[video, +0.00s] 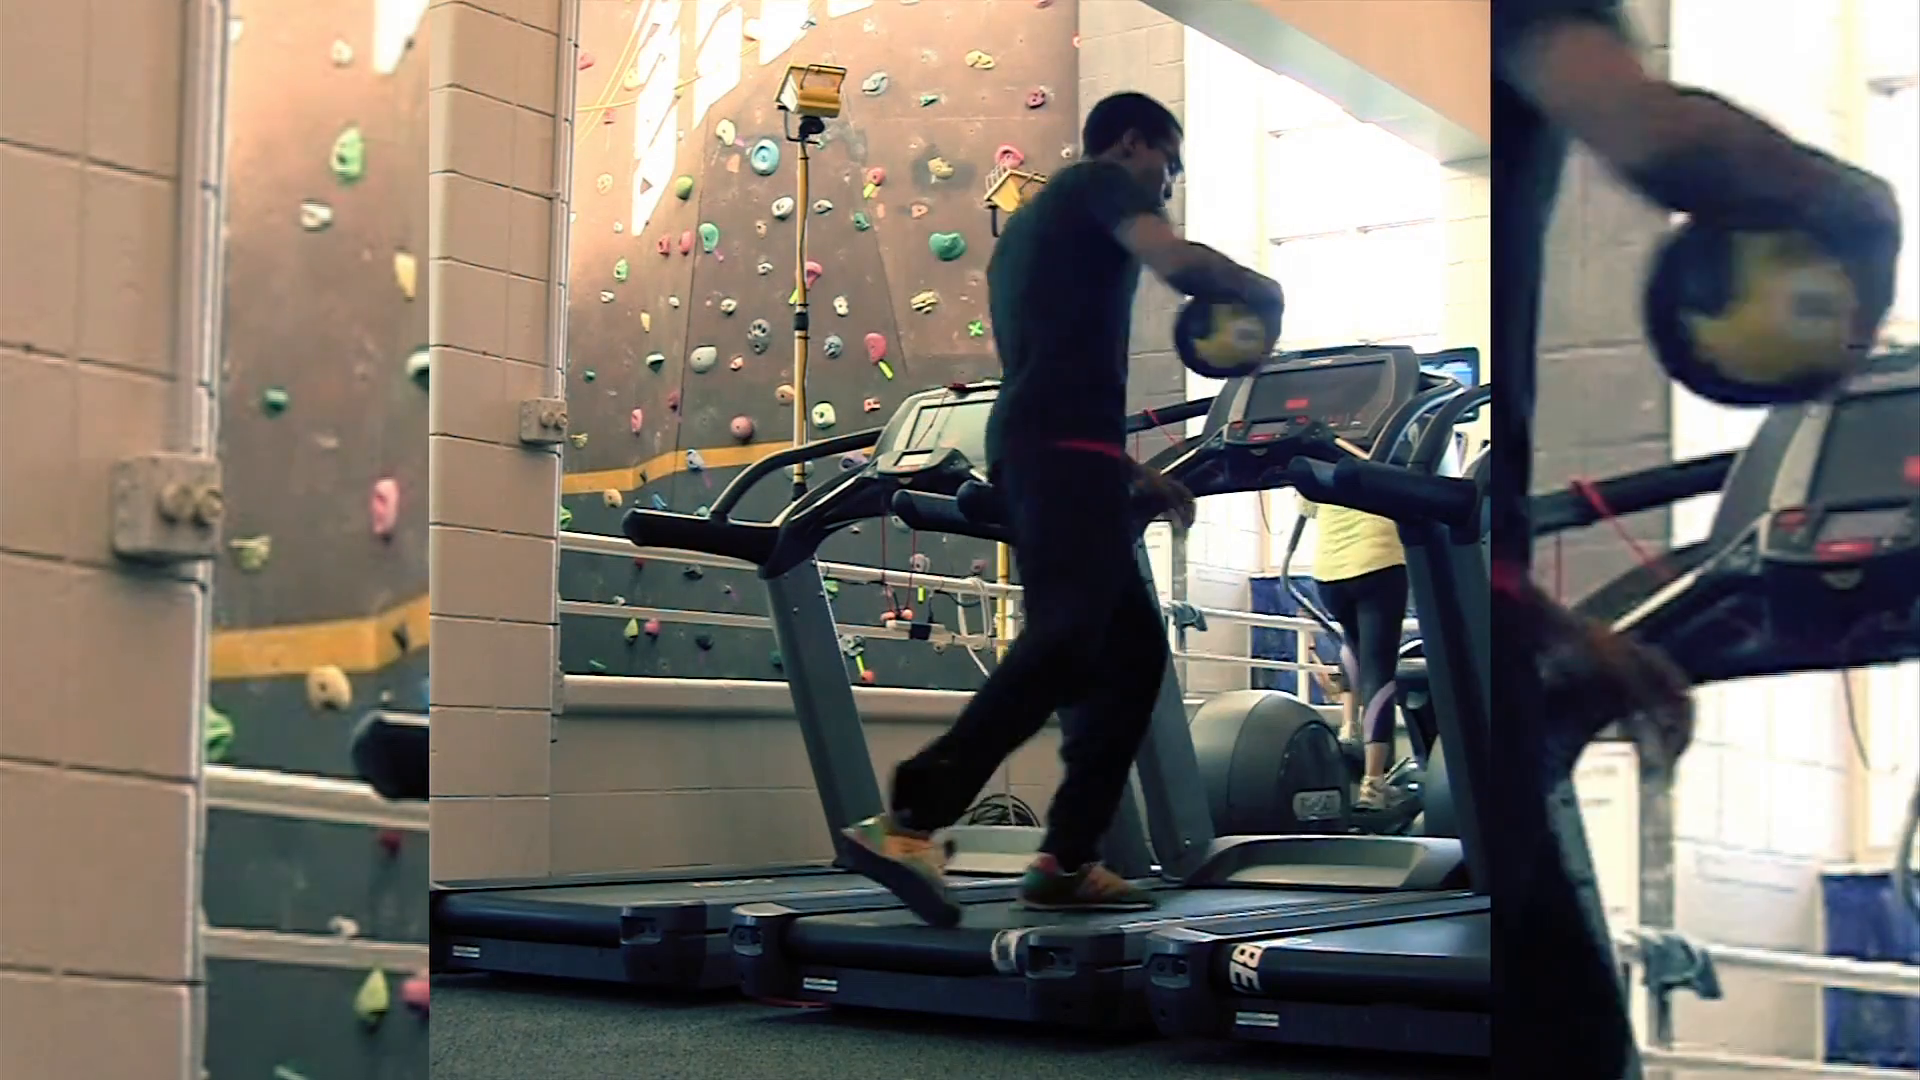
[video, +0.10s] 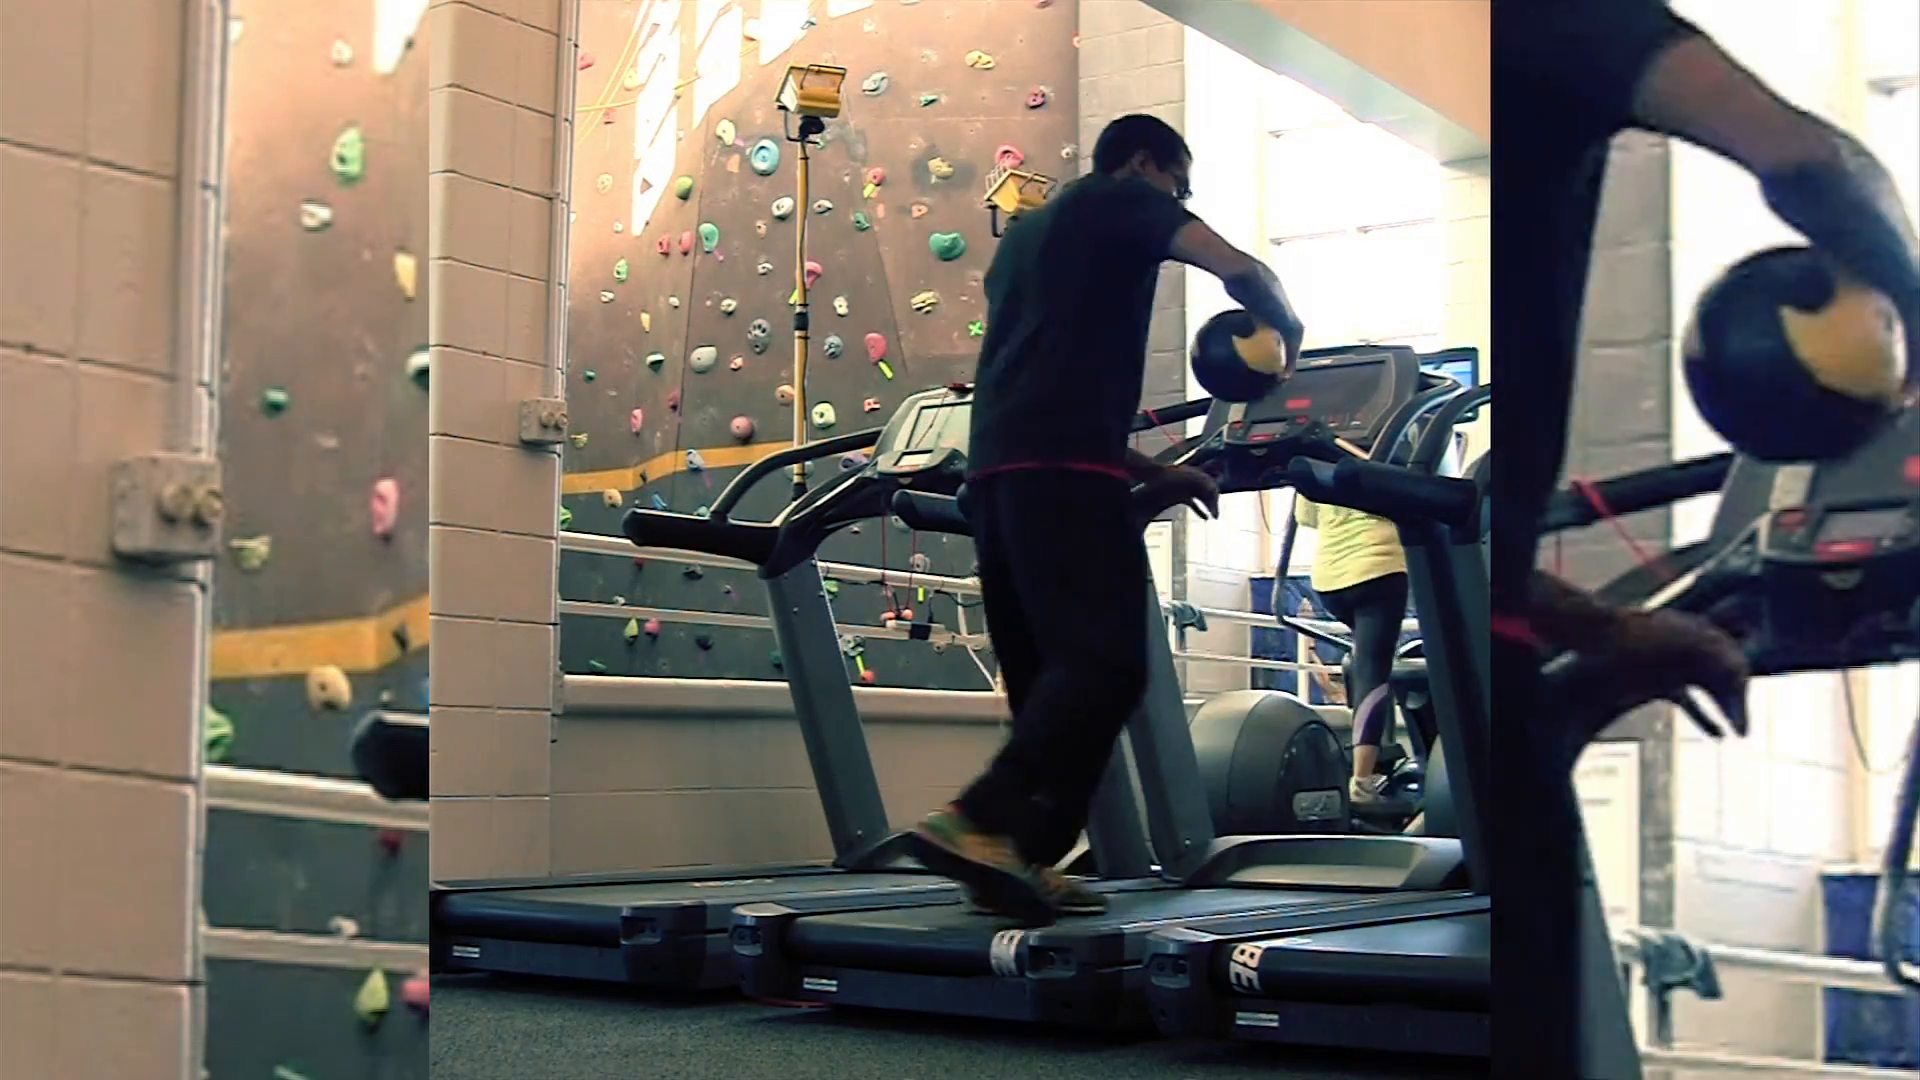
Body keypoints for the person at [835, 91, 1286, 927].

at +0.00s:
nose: (1166, 180)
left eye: (1169, 169)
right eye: (1163, 164)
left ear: (1100, 143)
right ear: (1130, 142)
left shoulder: (1034, 221)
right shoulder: (1102, 181)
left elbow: (1050, 385)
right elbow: (1172, 259)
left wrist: (1131, 474)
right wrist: (1260, 286)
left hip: (1036, 453)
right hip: (1067, 449)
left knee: (1135, 653)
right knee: (1068, 638)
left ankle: (1068, 858)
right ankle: (909, 820)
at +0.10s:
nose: (1177, 202)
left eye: (1180, 193)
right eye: (1176, 188)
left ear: (1107, 161)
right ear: (1144, 164)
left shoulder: (1027, 230)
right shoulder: (1120, 197)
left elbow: (1040, 394)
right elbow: (1242, 270)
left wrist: (1150, 472)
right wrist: (1283, 327)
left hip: (997, 478)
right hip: (1064, 471)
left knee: (1040, 675)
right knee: (1110, 666)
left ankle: (1038, 860)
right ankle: (979, 823)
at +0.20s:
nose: (1197, 200)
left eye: (1201, 187)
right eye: (1192, 181)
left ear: (1132, 161)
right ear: (1146, 157)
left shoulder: (1042, 237)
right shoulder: (1117, 195)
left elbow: (1063, 397)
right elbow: (1175, 254)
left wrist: (1156, 486)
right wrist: (1279, 324)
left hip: (997, 481)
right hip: (1078, 474)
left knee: (1042, 685)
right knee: (1167, 653)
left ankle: (977, 857)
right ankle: (1103, 831)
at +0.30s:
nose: (1223, 180)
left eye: (1228, 167)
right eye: (1213, 161)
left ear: (1172, 158)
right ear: (1161, 148)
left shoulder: (1088, 219)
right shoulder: (1134, 199)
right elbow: (1092, 244)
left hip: (1027, 465)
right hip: (1095, 463)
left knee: (1032, 653)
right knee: (1204, 644)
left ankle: (939, 834)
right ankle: (1186, 850)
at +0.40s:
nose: (1233, 179)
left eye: (1242, 168)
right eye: (1220, 161)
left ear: (1234, 174)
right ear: (1173, 155)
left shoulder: (1149, 235)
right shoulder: (1141, 217)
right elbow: (1026, 252)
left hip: (1079, 491)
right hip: (1117, 490)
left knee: (1102, 680)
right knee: (1208, 655)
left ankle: (949, 766)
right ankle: (1151, 858)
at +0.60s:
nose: (1161, 70)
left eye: (1177, 56)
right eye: (1148, 52)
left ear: (1196, 63)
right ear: (1122, 52)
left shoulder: (1183, 167)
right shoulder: (1064, 131)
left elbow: (1144, 278)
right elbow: (961, 211)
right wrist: (955, 346)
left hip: (1161, 398)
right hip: (1076, 401)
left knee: (1251, 536)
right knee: (1092, 613)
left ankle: (1096, 581)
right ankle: (1078, 847)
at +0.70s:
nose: (1099, 12)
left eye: (1109, 4)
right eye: (1088, 5)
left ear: (1130, 6)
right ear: (1071, 7)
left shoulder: (1179, 82)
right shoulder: (1024, 77)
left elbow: (1188, 180)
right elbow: (978, 190)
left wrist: (1181, 276)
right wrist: (1015, 284)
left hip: (1155, 338)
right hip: (1054, 337)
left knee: (1191, 489)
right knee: (1047, 526)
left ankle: (1118, 607)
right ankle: (1030, 720)